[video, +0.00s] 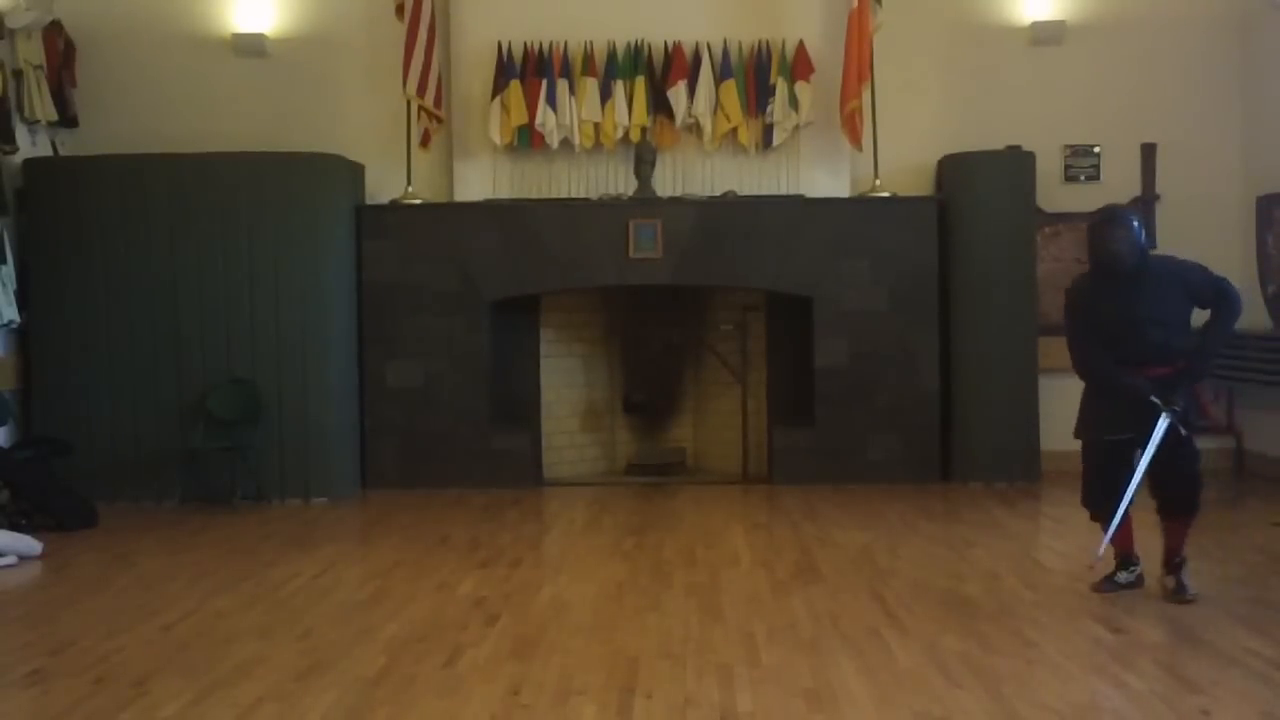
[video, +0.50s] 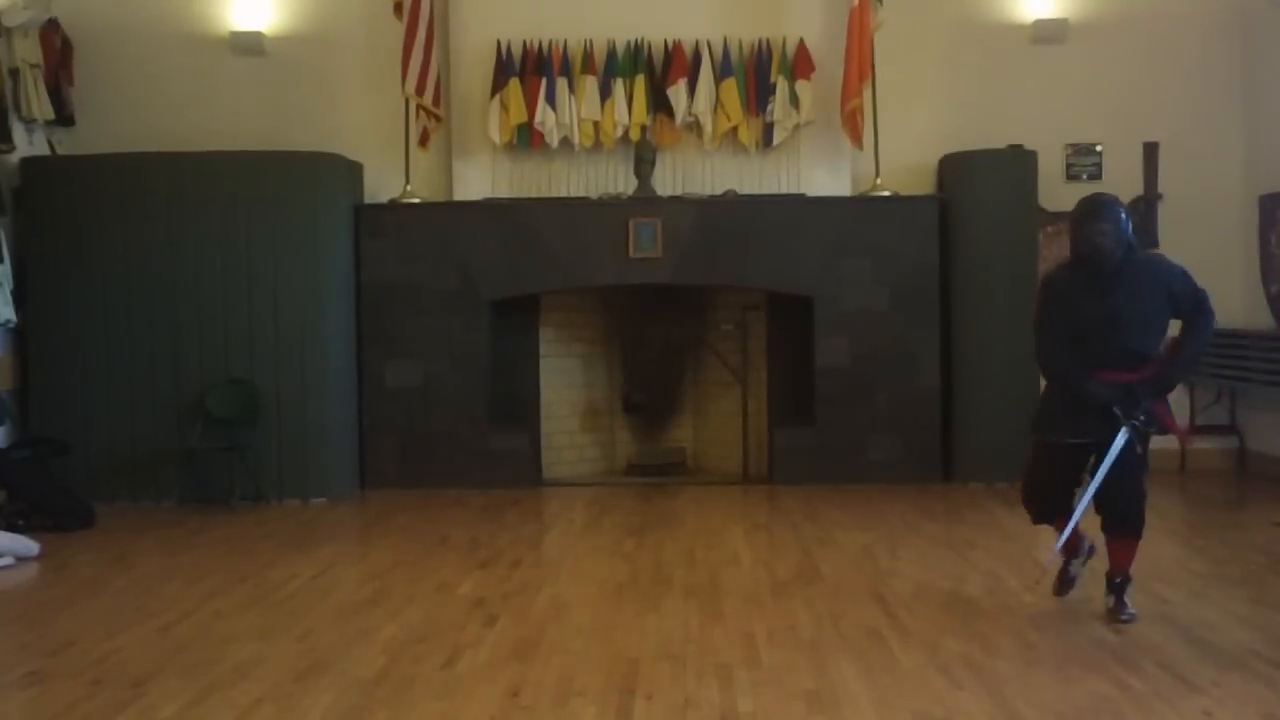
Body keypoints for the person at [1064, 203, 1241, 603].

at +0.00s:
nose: (1116, 250)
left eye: (1123, 240)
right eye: (1107, 242)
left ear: (1140, 239)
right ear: (1095, 246)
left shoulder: (1171, 274)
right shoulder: (1083, 293)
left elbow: (1228, 300)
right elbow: (1086, 362)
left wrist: (1193, 365)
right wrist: (1142, 389)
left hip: (1168, 398)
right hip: (1109, 401)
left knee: (1180, 487)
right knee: (1105, 490)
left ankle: (1174, 569)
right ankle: (1127, 566)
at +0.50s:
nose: (1092, 244)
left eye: (1102, 235)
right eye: (1084, 235)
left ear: (1124, 235)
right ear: (1073, 236)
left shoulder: (1155, 275)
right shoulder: (1059, 284)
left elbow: (1201, 314)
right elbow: (1049, 357)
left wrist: (1172, 372)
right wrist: (1105, 398)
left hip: (1129, 404)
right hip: (1068, 401)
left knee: (1123, 500)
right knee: (1042, 493)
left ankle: (1119, 587)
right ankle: (1076, 549)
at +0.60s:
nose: (1082, 244)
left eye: (1091, 235)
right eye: (1074, 235)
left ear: (1114, 234)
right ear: (1064, 237)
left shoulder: (1147, 274)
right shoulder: (1050, 285)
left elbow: (1192, 315)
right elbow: (1043, 358)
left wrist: (1163, 371)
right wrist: (1098, 400)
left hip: (1124, 399)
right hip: (1062, 395)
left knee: (1118, 498)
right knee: (1026, 489)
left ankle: (1116, 588)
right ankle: (1039, 571)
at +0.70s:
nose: (1077, 244)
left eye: (1085, 235)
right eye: (1068, 235)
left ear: (1105, 235)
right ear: (1055, 238)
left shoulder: (1137, 278)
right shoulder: (1039, 287)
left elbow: (1180, 314)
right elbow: (1033, 361)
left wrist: (1158, 370)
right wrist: (1086, 405)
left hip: (1115, 405)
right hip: (1053, 401)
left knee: (1116, 503)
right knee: (1013, 492)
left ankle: (1116, 591)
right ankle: (995, 590)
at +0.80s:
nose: (1065, 248)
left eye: (1073, 238)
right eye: (1055, 240)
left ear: (1091, 237)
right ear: (1040, 243)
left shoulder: (1123, 282)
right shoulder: (1026, 294)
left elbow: (1167, 323)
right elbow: (1021, 369)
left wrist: (1136, 382)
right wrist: (1080, 412)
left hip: (1104, 411)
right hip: (1041, 409)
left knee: (1115, 510)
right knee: (1005, 495)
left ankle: (1115, 592)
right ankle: (963, 589)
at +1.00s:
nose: (1024, 260)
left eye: (1029, 249)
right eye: (1012, 252)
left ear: (1046, 245)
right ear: (996, 255)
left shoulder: (1075, 291)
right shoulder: (980, 305)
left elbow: (1118, 330)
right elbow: (978, 387)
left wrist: (1095, 394)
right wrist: (1035, 426)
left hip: (1064, 419)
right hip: (998, 419)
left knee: (1096, 514)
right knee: (960, 506)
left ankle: (1110, 587)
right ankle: (942, 610)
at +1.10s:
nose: (997, 255)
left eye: (1004, 244)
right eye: (987, 247)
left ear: (1021, 243)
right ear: (971, 252)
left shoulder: (1051, 283)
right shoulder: (961, 300)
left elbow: (1094, 329)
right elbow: (959, 384)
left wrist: (1070, 392)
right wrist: (1017, 428)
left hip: (1044, 415)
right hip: (982, 415)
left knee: (1080, 508)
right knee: (945, 506)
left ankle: (1101, 584)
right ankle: (941, 612)